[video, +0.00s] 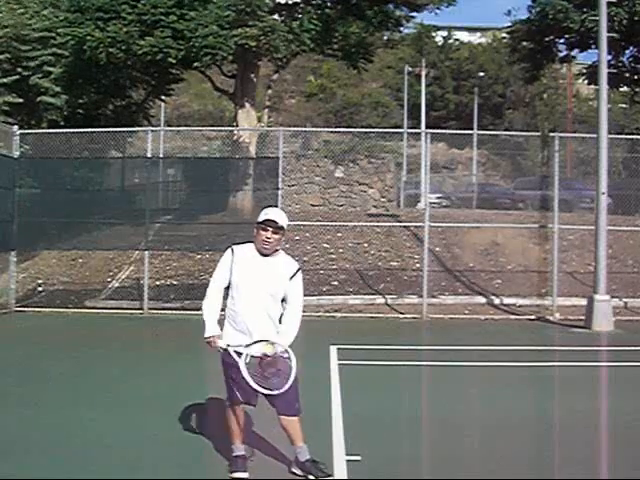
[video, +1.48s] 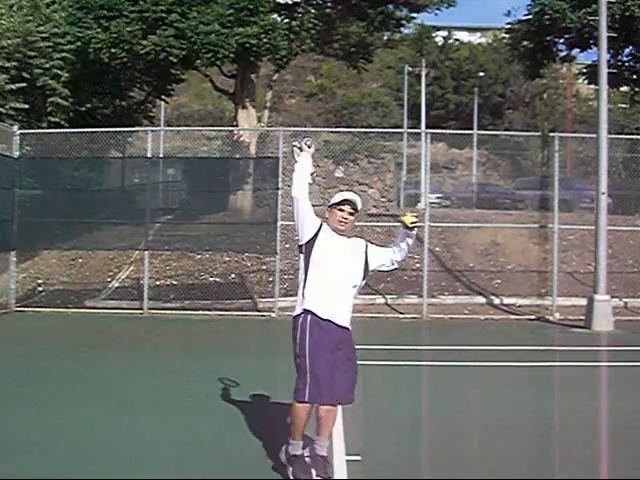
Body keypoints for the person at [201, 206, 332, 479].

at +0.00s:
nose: (268, 235)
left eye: (275, 231)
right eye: (263, 229)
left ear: (283, 236)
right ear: (255, 230)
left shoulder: (291, 269)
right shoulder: (235, 255)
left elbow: (294, 311)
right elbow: (214, 291)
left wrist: (280, 344)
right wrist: (212, 328)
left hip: (273, 345)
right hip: (236, 343)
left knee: (288, 404)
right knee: (238, 400)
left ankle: (303, 457)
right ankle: (238, 454)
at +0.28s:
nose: (276, 233)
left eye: (284, 230)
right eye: (273, 227)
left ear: (293, 237)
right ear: (266, 229)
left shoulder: (298, 273)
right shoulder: (245, 253)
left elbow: (298, 321)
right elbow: (216, 283)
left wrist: (294, 360)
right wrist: (188, 309)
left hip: (278, 351)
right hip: (241, 345)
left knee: (295, 406)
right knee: (240, 400)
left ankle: (303, 459)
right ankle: (239, 455)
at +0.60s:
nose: (295, 230)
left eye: (302, 227)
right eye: (292, 224)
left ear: (312, 234)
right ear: (285, 228)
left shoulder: (323, 263)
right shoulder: (268, 256)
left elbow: (353, 278)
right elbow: (230, 268)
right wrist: (194, 265)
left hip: (305, 351)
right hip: (267, 347)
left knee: (314, 406)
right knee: (256, 403)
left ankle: (306, 459)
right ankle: (241, 453)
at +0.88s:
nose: (313, 239)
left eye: (320, 236)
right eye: (309, 234)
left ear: (330, 243)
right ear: (301, 238)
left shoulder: (341, 267)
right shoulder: (283, 268)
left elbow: (370, 247)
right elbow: (251, 281)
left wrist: (378, 210)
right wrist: (236, 249)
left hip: (329, 352)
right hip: (294, 355)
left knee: (336, 411)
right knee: (297, 416)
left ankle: (310, 458)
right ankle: (284, 455)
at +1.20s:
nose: (328, 240)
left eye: (334, 237)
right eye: (323, 235)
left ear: (341, 246)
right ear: (312, 241)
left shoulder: (353, 270)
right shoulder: (295, 267)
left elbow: (384, 256)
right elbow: (258, 263)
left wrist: (384, 224)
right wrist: (263, 232)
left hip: (345, 353)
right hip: (311, 353)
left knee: (347, 419)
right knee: (317, 421)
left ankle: (311, 460)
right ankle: (289, 450)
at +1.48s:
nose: (345, 215)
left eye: (351, 212)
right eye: (340, 209)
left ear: (355, 218)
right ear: (328, 211)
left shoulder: (361, 247)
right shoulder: (314, 232)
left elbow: (395, 257)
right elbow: (299, 196)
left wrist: (408, 232)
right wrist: (304, 158)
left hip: (340, 324)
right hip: (312, 318)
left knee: (333, 392)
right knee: (308, 387)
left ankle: (320, 451)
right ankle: (294, 449)